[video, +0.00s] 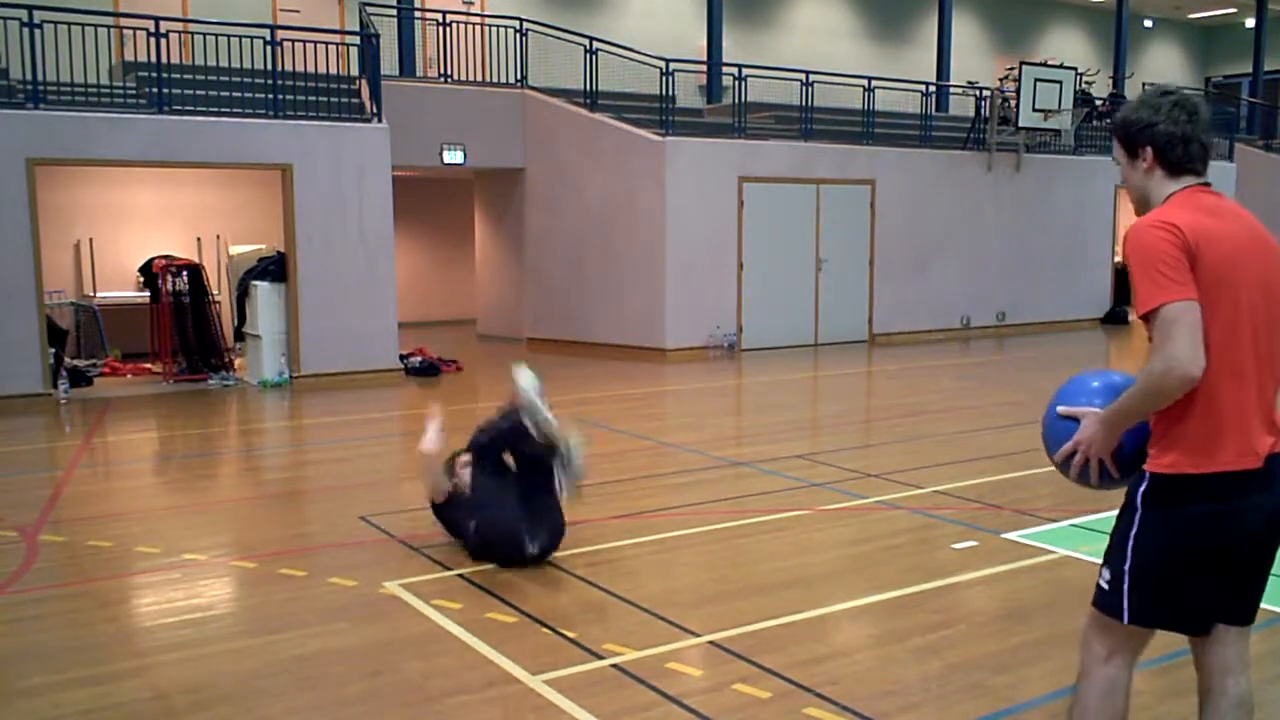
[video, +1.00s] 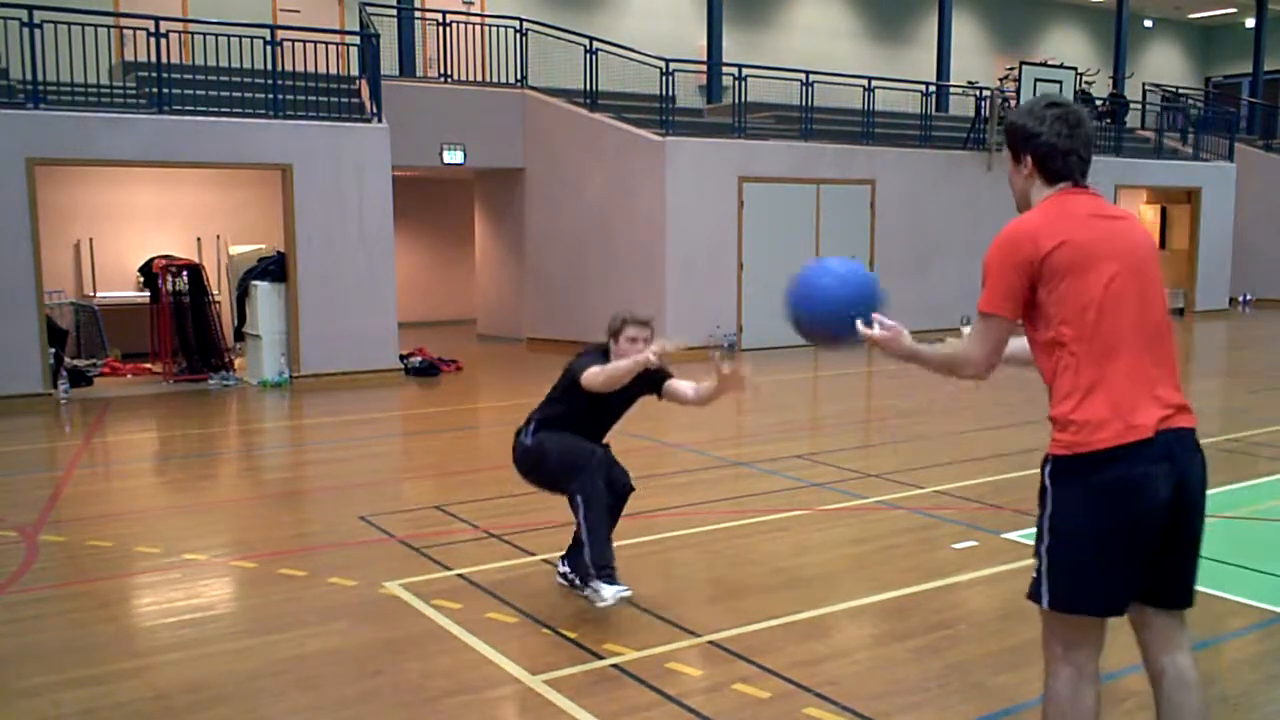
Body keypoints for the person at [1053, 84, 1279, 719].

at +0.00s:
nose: (1120, 178)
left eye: (1121, 162)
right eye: (1119, 163)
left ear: (1146, 157)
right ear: (1193, 155)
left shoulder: (1158, 230)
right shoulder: (1252, 227)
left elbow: (1180, 362)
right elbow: (1250, 361)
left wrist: (1108, 422)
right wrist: (1144, 412)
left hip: (1185, 482)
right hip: (1259, 476)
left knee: (1108, 648)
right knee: (1224, 651)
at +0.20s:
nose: (1097, 182)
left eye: (1098, 166)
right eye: (1096, 167)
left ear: (1126, 162)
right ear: (1168, 159)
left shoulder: (1140, 231)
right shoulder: (1234, 229)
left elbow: (1165, 363)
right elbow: (1250, 361)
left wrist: (1101, 440)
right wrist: (1153, 441)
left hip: (1185, 481)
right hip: (1258, 473)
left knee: (1111, 650)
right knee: (1223, 652)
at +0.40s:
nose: (1064, 195)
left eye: (1064, 180)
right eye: (1062, 180)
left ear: (1087, 176)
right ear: (1140, 171)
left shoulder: (1104, 244)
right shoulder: (1209, 237)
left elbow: (1130, 381)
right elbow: (1241, 360)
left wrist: (1097, 481)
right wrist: (1153, 445)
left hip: (1179, 480)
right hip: (1255, 470)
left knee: (1114, 654)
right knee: (1222, 650)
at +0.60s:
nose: (1024, 219)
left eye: (1022, 204)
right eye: (1021, 205)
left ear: (1040, 201)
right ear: (1091, 193)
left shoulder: (1055, 265)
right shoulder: (1158, 246)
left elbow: (1075, 405)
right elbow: (1185, 376)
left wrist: (1060, 509)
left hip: (1164, 479)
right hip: (1245, 464)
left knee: (1113, 660)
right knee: (1218, 648)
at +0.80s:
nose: (1008, 198)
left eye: (1008, 183)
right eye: (1008, 184)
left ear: (1027, 185)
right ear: (1079, 180)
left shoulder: (1033, 256)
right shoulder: (1138, 240)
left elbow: (999, 391)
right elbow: (1111, 381)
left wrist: (944, 439)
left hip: (1125, 474)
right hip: (1208, 461)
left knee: (1090, 655)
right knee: (1192, 646)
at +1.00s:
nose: (1008, 175)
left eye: (1008, 161)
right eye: (1009, 162)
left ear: (1025, 163)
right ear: (1081, 160)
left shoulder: (1025, 236)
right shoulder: (1133, 226)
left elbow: (974, 361)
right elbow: (1083, 349)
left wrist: (906, 349)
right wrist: (989, 344)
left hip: (1093, 468)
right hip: (1176, 459)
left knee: (1072, 658)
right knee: (1167, 638)